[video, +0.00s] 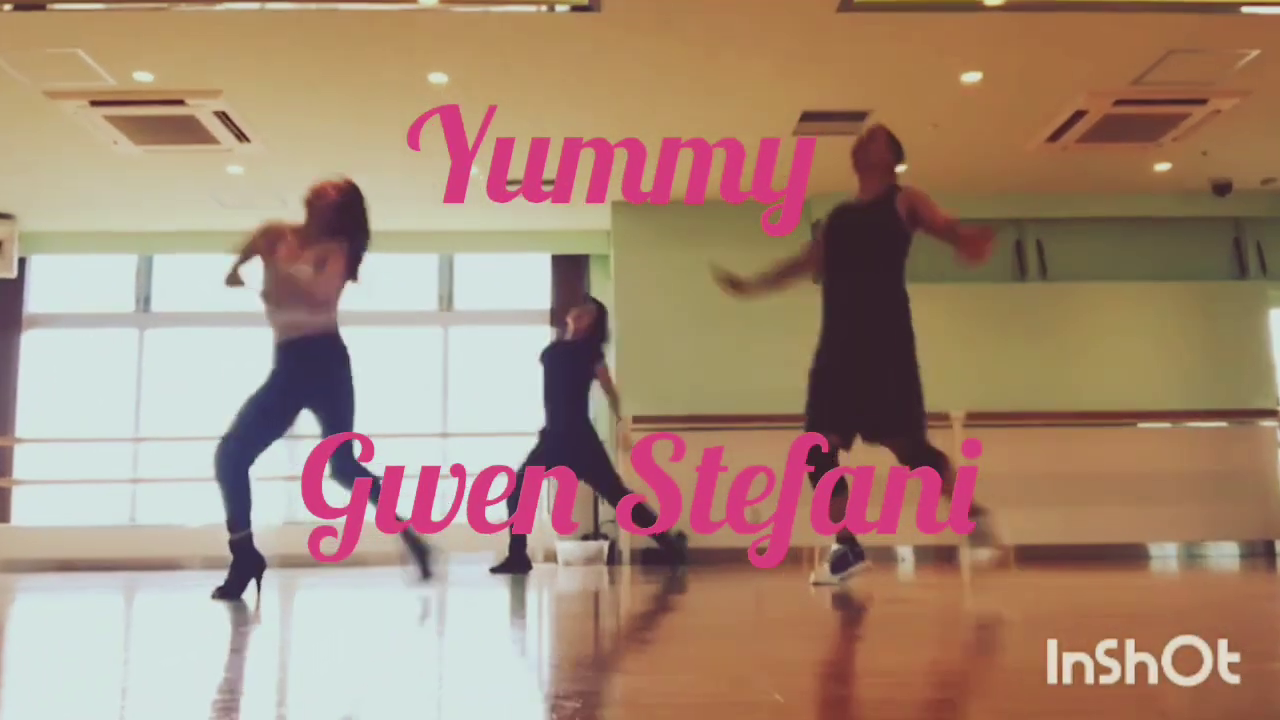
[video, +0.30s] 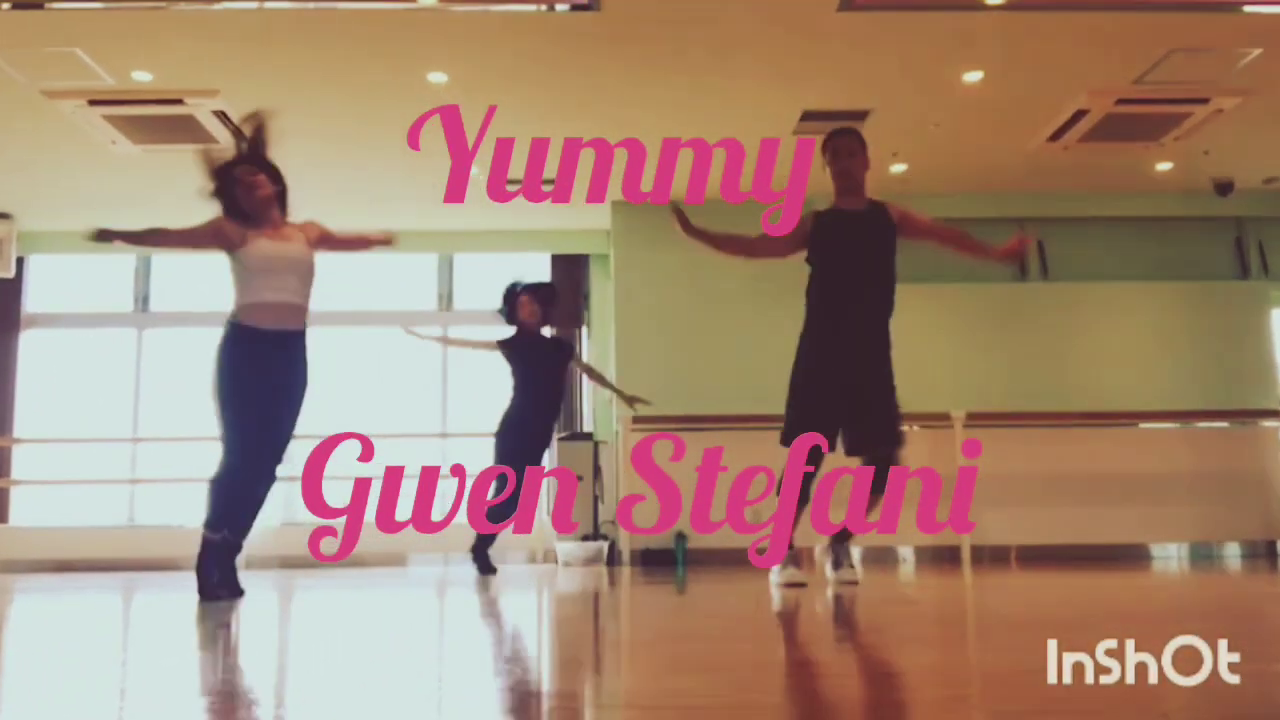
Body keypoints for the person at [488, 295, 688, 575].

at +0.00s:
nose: (576, 317)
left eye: (584, 315)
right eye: (575, 312)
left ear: (593, 325)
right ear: (569, 316)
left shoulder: (590, 351)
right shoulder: (553, 350)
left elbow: (609, 388)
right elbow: (556, 391)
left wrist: (619, 419)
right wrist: (552, 423)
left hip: (579, 437)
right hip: (553, 437)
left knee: (615, 494)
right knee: (517, 488)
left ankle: (668, 542)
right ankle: (517, 555)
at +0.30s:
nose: (530, 309)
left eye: (533, 303)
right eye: (523, 305)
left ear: (542, 308)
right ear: (514, 313)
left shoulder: (559, 346)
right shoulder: (512, 345)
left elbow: (591, 373)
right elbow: (464, 343)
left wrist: (622, 395)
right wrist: (424, 336)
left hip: (540, 430)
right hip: (514, 427)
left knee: (517, 496)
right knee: (506, 493)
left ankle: (482, 547)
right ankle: (480, 548)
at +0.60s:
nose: (522, 310)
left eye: (523, 304)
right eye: (514, 309)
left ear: (531, 306)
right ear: (508, 317)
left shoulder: (549, 341)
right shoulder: (513, 343)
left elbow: (549, 381)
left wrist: (553, 414)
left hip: (544, 425)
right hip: (518, 426)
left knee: (567, 480)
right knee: (507, 489)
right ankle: (484, 547)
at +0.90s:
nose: (551, 325)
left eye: (553, 320)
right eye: (544, 323)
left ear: (560, 324)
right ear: (537, 333)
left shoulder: (576, 352)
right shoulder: (548, 362)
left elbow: (589, 374)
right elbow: (566, 394)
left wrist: (603, 367)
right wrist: (595, 375)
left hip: (582, 429)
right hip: (561, 431)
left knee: (611, 484)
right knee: (537, 490)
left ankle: (639, 541)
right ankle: (493, 541)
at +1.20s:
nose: (584, 308)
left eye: (589, 304)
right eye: (579, 304)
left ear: (598, 309)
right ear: (572, 310)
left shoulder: (615, 337)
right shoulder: (570, 344)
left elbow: (642, 364)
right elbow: (572, 370)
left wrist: (635, 393)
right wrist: (575, 333)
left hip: (622, 414)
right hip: (594, 418)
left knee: (635, 474)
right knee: (609, 478)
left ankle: (641, 532)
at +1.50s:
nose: (599, 310)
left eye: (605, 307)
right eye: (596, 305)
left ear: (614, 313)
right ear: (588, 310)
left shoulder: (619, 342)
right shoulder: (576, 343)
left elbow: (625, 362)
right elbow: (566, 375)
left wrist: (621, 364)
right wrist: (557, 395)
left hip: (615, 417)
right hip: (585, 417)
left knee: (631, 476)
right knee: (571, 474)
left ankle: (641, 534)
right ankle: (554, 530)